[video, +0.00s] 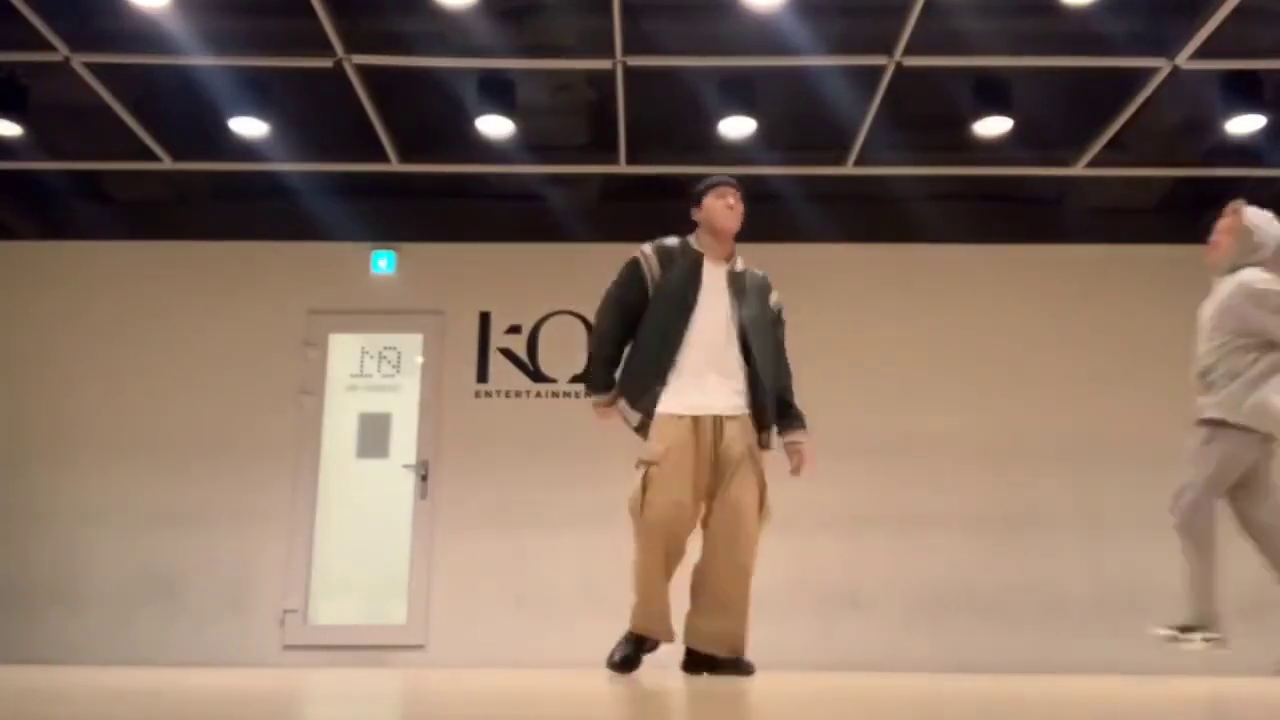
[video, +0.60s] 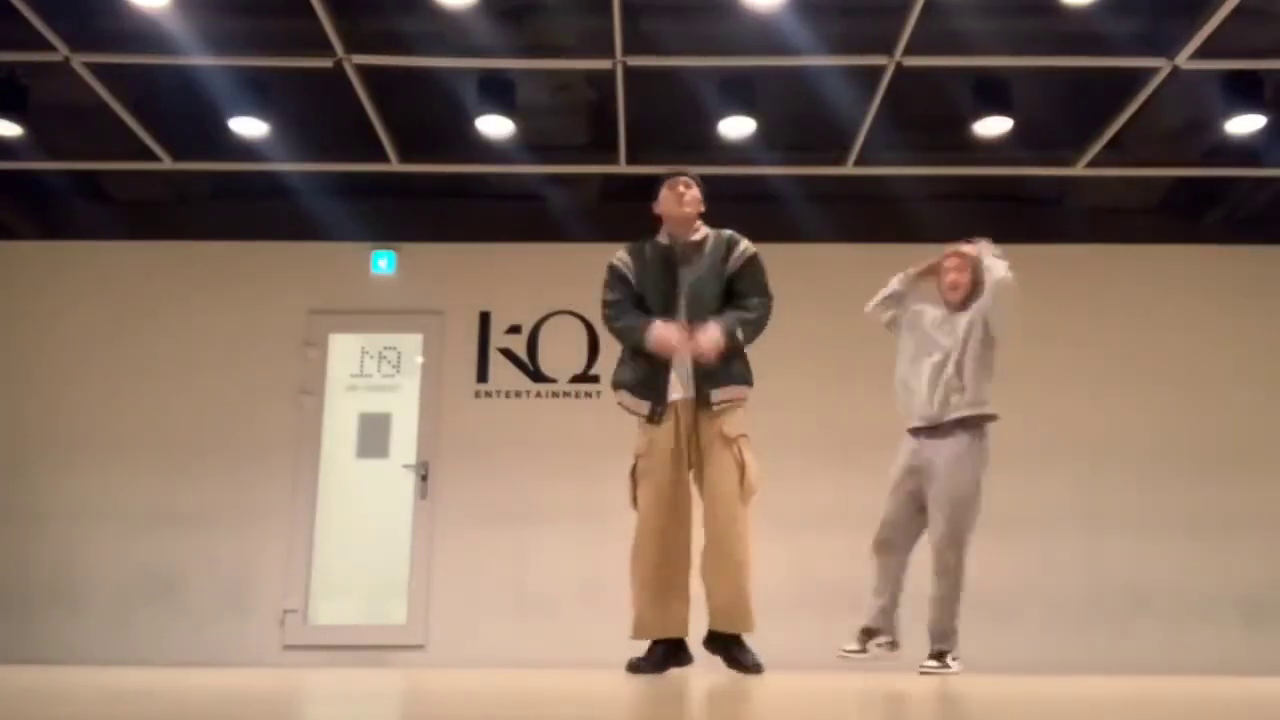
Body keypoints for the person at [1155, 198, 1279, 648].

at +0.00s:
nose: (1214, 237)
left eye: (1226, 230)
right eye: (1219, 228)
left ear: (1250, 243)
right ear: (1236, 237)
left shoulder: (1252, 287)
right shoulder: (1231, 288)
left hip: (1240, 422)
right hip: (1248, 424)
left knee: (1190, 503)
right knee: (1264, 523)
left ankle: (1203, 619)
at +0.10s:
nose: (1157, 259)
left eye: (1167, 253)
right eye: (1160, 251)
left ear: (1191, 265)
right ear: (1175, 262)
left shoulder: (1193, 309)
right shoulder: (1173, 309)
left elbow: (1250, 354)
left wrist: (1276, 374)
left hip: (1177, 446)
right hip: (1181, 447)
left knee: (1136, 534)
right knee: (1200, 546)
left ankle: (1092, 631)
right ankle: (1241, 646)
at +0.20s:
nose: (1105, 283)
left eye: (1116, 277)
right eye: (1106, 275)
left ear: (1137, 289)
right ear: (1110, 283)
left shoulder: (1136, 335)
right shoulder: (1121, 334)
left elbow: (1178, 401)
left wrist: (1207, 460)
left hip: (1100, 468)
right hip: (1125, 471)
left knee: (1056, 549)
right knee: (1137, 557)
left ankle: (1037, 649)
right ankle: (1231, 636)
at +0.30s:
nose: (1064, 278)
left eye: (1075, 273)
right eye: (1065, 270)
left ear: (1096, 287)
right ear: (1064, 279)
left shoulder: (1095, 330)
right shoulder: (1067, 330)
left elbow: (1104, 406)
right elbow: (1054, 399)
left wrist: (1066, 447)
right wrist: (1010, 412)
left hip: (1053, 461)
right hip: (1044, 458)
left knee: (1014, 545)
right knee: (1049, 551)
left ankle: (1034, 651)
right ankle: (1146, 603)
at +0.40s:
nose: (1028, 263)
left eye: (1038, 256)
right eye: (1026, 255)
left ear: (1060, 267)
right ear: (1022, 263)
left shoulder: (1062, 308)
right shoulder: (1024, 313)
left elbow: (1061, 366)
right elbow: (998, 370)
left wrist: (1005, 340)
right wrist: (973, 341)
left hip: (1016, 441)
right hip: (991, 435)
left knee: (1008, 536)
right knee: (970, 524)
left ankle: (1026, 639)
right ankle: (1043, 595)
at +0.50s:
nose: (985, 246)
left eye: (997, 239)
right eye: (982, 241)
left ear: (1020, 255)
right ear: (977, 257)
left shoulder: (1031, 302)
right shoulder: (972, 304)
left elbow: (1026, 327)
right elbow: (932, 328)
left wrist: (1004, 277)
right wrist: (949, 282)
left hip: (987, 431)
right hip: (952, 429)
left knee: (981, 532)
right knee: (927, 517)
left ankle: (987, 632)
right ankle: (950, 611)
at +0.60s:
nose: (952, 277)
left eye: (961, 270)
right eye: (946, 270)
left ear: (975, 280)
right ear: (936, 278)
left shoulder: (981, 320)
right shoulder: (918, 315)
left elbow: (1001, 283)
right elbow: (876, 309)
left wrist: (985, 253)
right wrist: (917, 274)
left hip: (961, 441)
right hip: (918, 441)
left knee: (947, 546)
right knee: (890, 540)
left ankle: (942, 649)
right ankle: (880, 631)